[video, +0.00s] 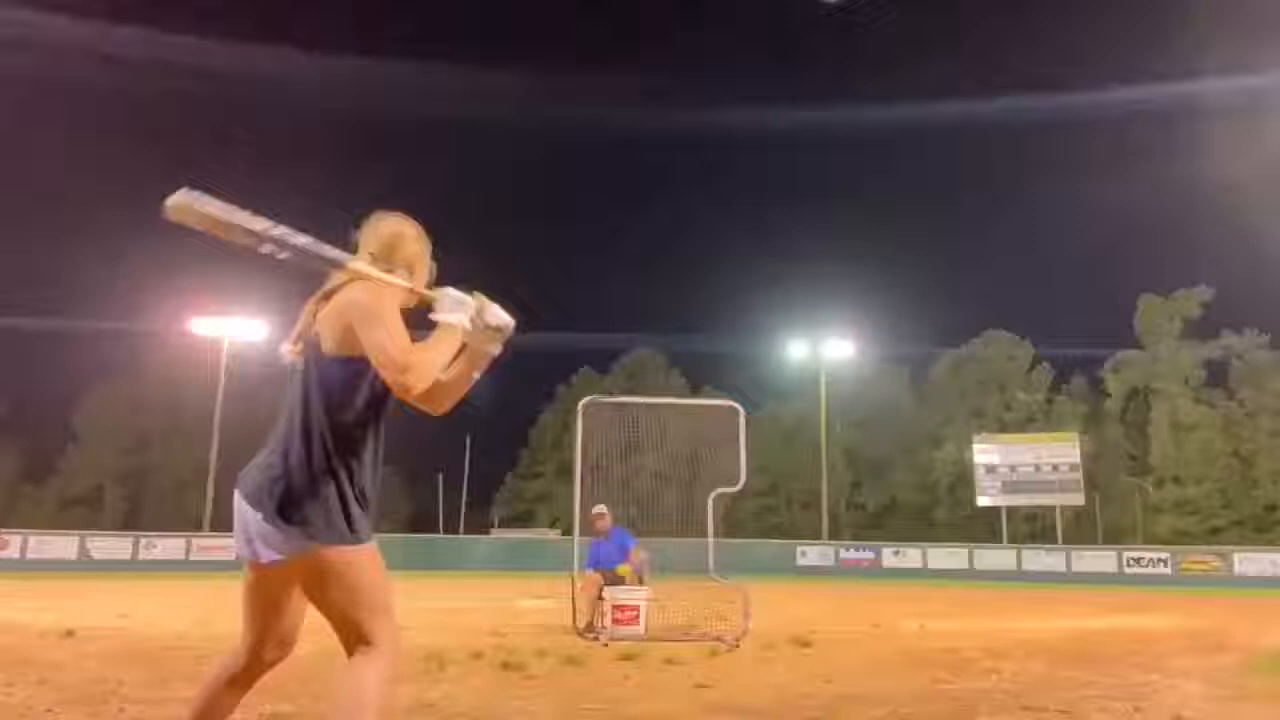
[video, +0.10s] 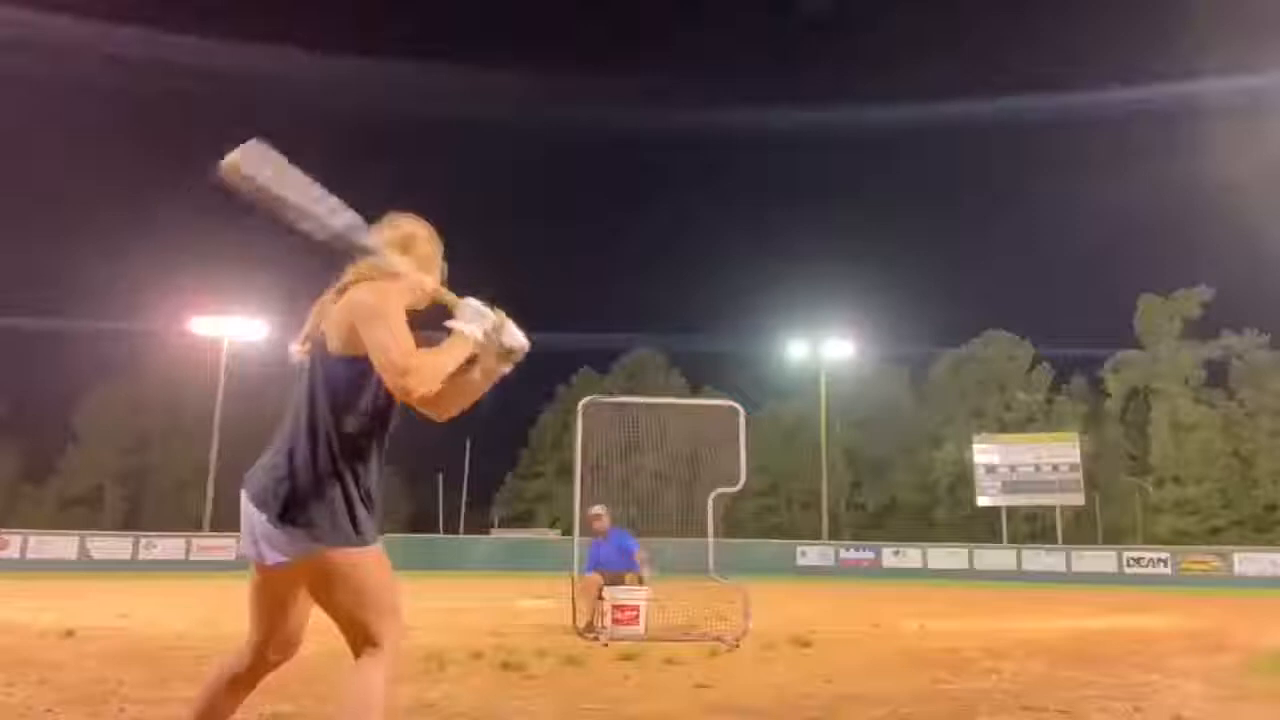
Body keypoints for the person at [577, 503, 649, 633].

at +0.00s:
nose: (601, 523)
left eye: (604, 518)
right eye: (597, 519)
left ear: (610, 519)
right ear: (593, 523)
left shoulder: (620, 534)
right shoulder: (595, 543)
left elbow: (634, 549)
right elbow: (589, 566)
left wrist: (630, 566)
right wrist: (590, 576)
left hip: (621, 572)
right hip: (601, 573)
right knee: (591, 581)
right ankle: (589, 622)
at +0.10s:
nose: (598, 523)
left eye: (601, 518)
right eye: (595, 520)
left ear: (608, 519)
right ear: (591, 524)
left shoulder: (620, 536)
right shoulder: (595, 543)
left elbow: (635, 551)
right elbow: (590, 566)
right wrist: (588, 578)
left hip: (625, 573)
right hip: (604, 574)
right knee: (591, 580)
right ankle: (590, 621)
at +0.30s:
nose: (597, 524)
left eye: (599, 519)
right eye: (593, 521)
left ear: (606, 520)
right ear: (589, 524)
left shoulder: (621, 536)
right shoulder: (592, 546)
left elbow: (643, 548)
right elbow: (589, 571)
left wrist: (643, 575)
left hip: (625, 574)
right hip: (603, 575)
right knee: (591, 580)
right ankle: (589, 621)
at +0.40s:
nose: (597, 525)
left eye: (599, 520)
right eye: (593, 521)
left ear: (606, 520)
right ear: (590, 525)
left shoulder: (621, 536)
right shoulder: (592, 546)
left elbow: (644, 545)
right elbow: (587, 568)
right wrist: (581, 579)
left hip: (625, 574)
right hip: (603, 575)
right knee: (592, 578)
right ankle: (589, 621)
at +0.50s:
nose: (597, 525)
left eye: (599, 520)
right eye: (593, 522)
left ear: (606, 520)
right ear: (590, 525)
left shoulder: (622, 536)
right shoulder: (592, 546)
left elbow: (642, 545)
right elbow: (589, 570)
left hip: (625, 574)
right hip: (604, 575)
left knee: (633, 577)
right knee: (590, 579)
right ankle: (589, 621)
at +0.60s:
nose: (598, 525)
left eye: (600, 520)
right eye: (594, 522)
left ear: (606, 520)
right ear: (590, 525)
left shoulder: (620, 535)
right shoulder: (594, 542)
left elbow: (637, 540)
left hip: (624, 574)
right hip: (606, 576)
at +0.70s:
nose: (596, 524)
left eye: (599, 520)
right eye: (593, 521)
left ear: (607, 519)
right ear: (590, 523)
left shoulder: (622, 533)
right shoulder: (595, 536)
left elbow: (637, 541)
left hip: (625, 573)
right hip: (605, 573)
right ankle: (590, 621)